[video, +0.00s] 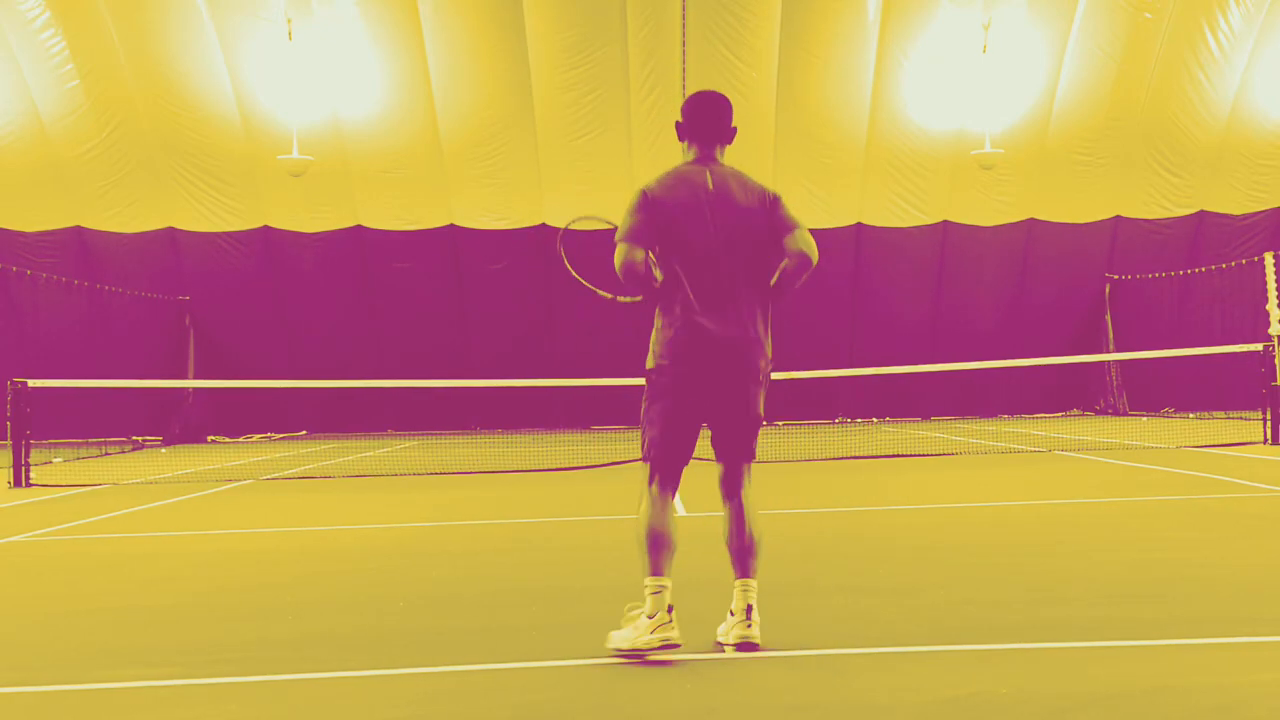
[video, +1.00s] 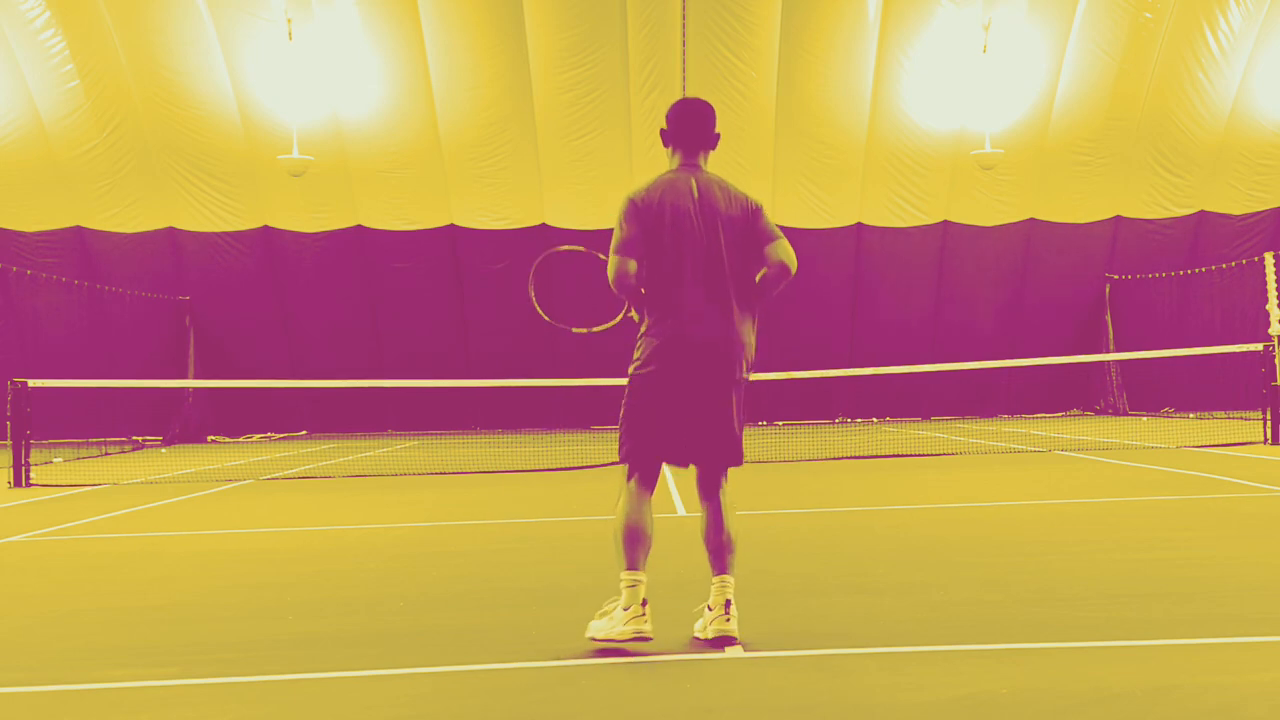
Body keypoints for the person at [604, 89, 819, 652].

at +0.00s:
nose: (693, 143)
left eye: (686, 132)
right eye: (719, 134)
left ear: (681, 134)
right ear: (732, 136)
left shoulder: (657, 192)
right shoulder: (760, 196)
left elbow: (627, 262)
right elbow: (804, 254)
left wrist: (657, 283)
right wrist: (765, 300)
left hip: (678, 353)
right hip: (743, 353)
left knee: (662, 483)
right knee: (736, 486)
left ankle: (657, 612)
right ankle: (745, 613)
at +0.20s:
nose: (680, 131)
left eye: (677, 121)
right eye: (698, 122)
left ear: (675, 126)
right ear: (724, 129)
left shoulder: (651, 185)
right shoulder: (752, 188)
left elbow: (629, 258)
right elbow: (795, 247)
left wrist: (656, 292)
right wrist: (757, 291)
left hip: (673, 347)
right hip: (737, 348)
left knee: (661, 474)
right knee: (734, 478)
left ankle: (661, 605)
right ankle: (746, 607)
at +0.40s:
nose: (678, 137)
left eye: (667, 124)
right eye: (693, 125)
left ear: (655, 129)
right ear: (704, 130)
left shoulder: (629, 188)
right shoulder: (734, 190)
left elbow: (602, 251)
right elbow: (773, 249)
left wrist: (633, 290)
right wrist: (737, 291)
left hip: (660, 347)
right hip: (726, 345)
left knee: (666, 478)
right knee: (751, 472)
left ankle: (670, 606)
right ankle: (780, 598)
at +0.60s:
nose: (677, 142)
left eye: (664, 129)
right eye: (693, 131)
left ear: (653, 134)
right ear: (702, 135)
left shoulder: (626, 194)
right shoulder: (730, 195)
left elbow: (601, 256)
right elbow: (769, 257)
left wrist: (631, 296)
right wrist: (734, 297)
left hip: (653, 352)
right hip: (721, 350)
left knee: (661, 477)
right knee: (744, 471)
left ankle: (668, 604)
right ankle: (773, 592)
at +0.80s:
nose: (670, 136)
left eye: (666, 126)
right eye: (696, 128)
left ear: (664, 129)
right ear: (713, 132)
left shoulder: (641, 187)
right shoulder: (742, 190)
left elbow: (619, 251)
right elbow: (783, 247)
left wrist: (641, 293)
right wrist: (742, 288)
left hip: (659, 343)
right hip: (723, 344)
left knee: (645, 473)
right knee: (717, 478)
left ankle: (636, 604)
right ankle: (723, 604)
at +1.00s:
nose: (675, 148)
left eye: (669, 138)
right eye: (700, 140)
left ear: (665, 140)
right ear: (714, 142)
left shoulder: (642, 200)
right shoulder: (740, 202)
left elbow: (622, 276)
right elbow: (784, 262)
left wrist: (641, 295)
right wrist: (750, 304)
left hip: (660, 357)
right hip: (721, 358)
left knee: (639, 481)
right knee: (713, 488)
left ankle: (631, 606)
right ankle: (721, 607)